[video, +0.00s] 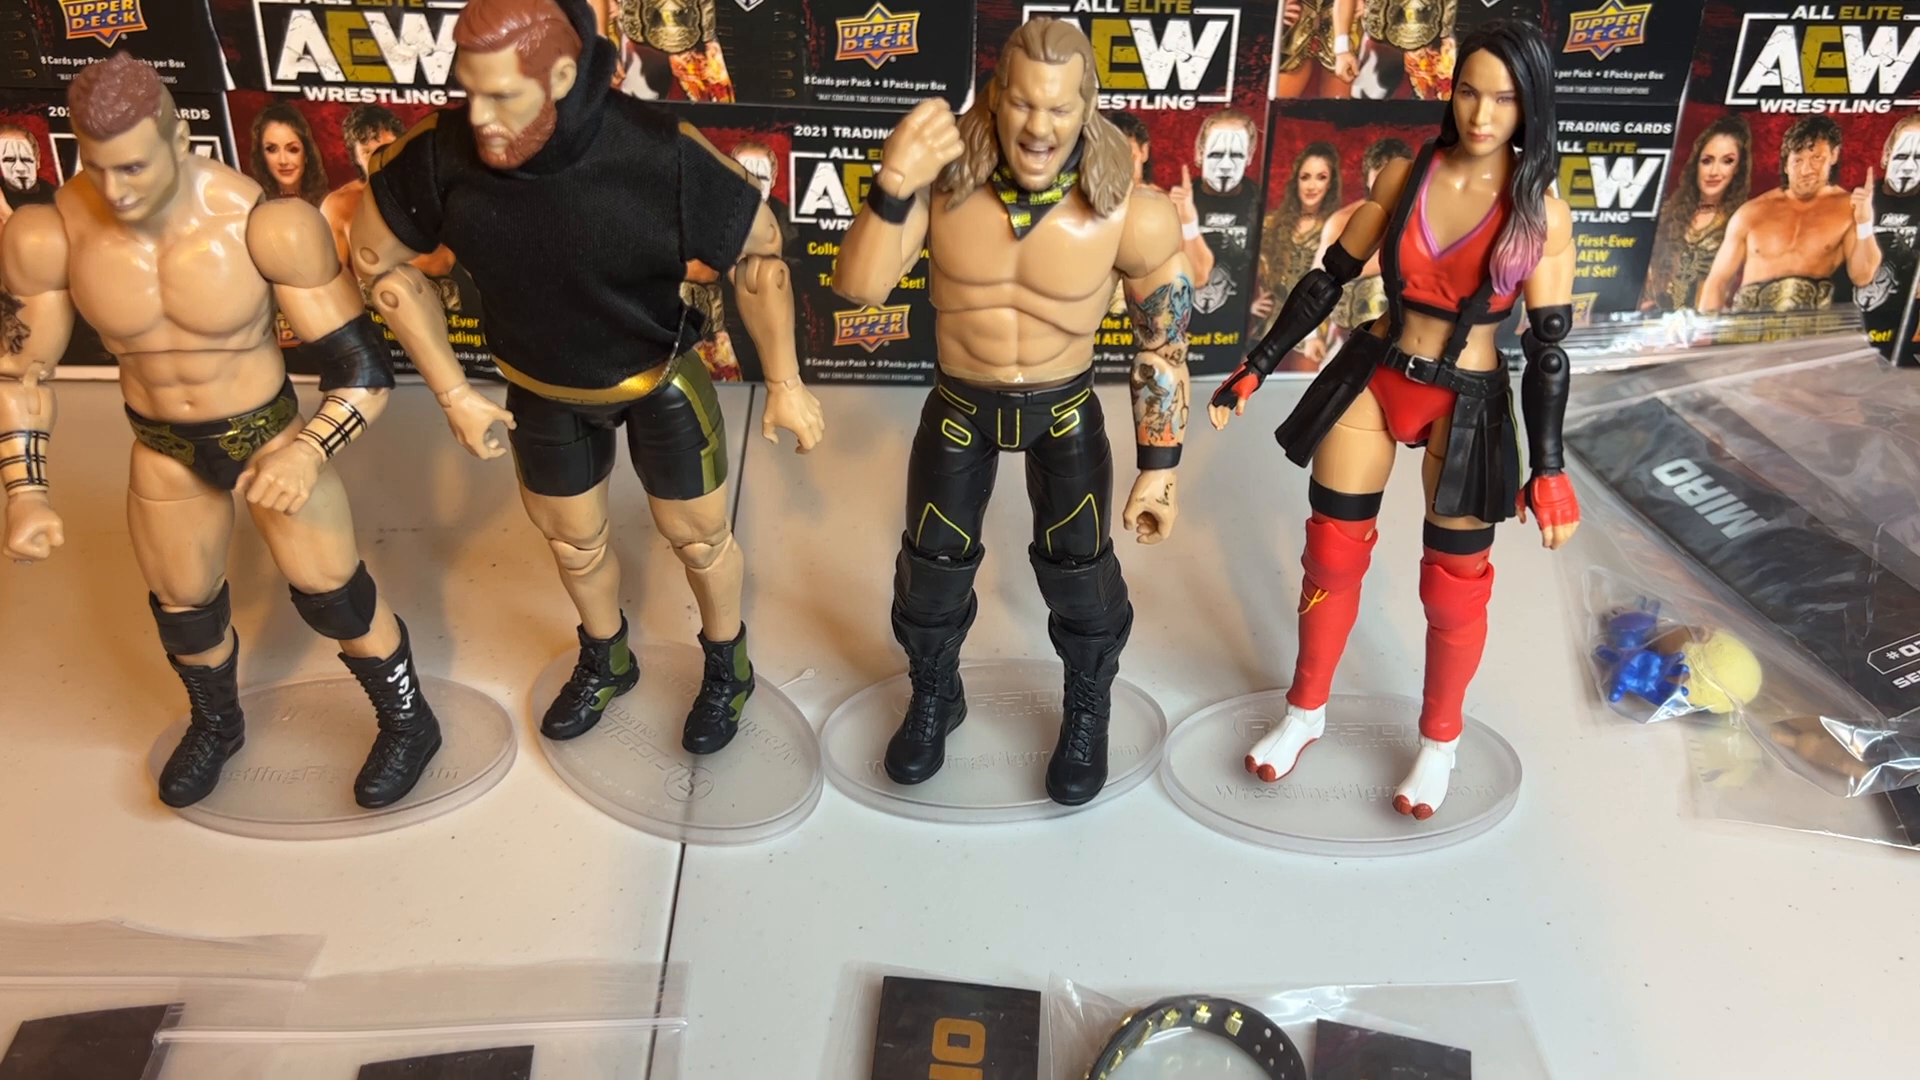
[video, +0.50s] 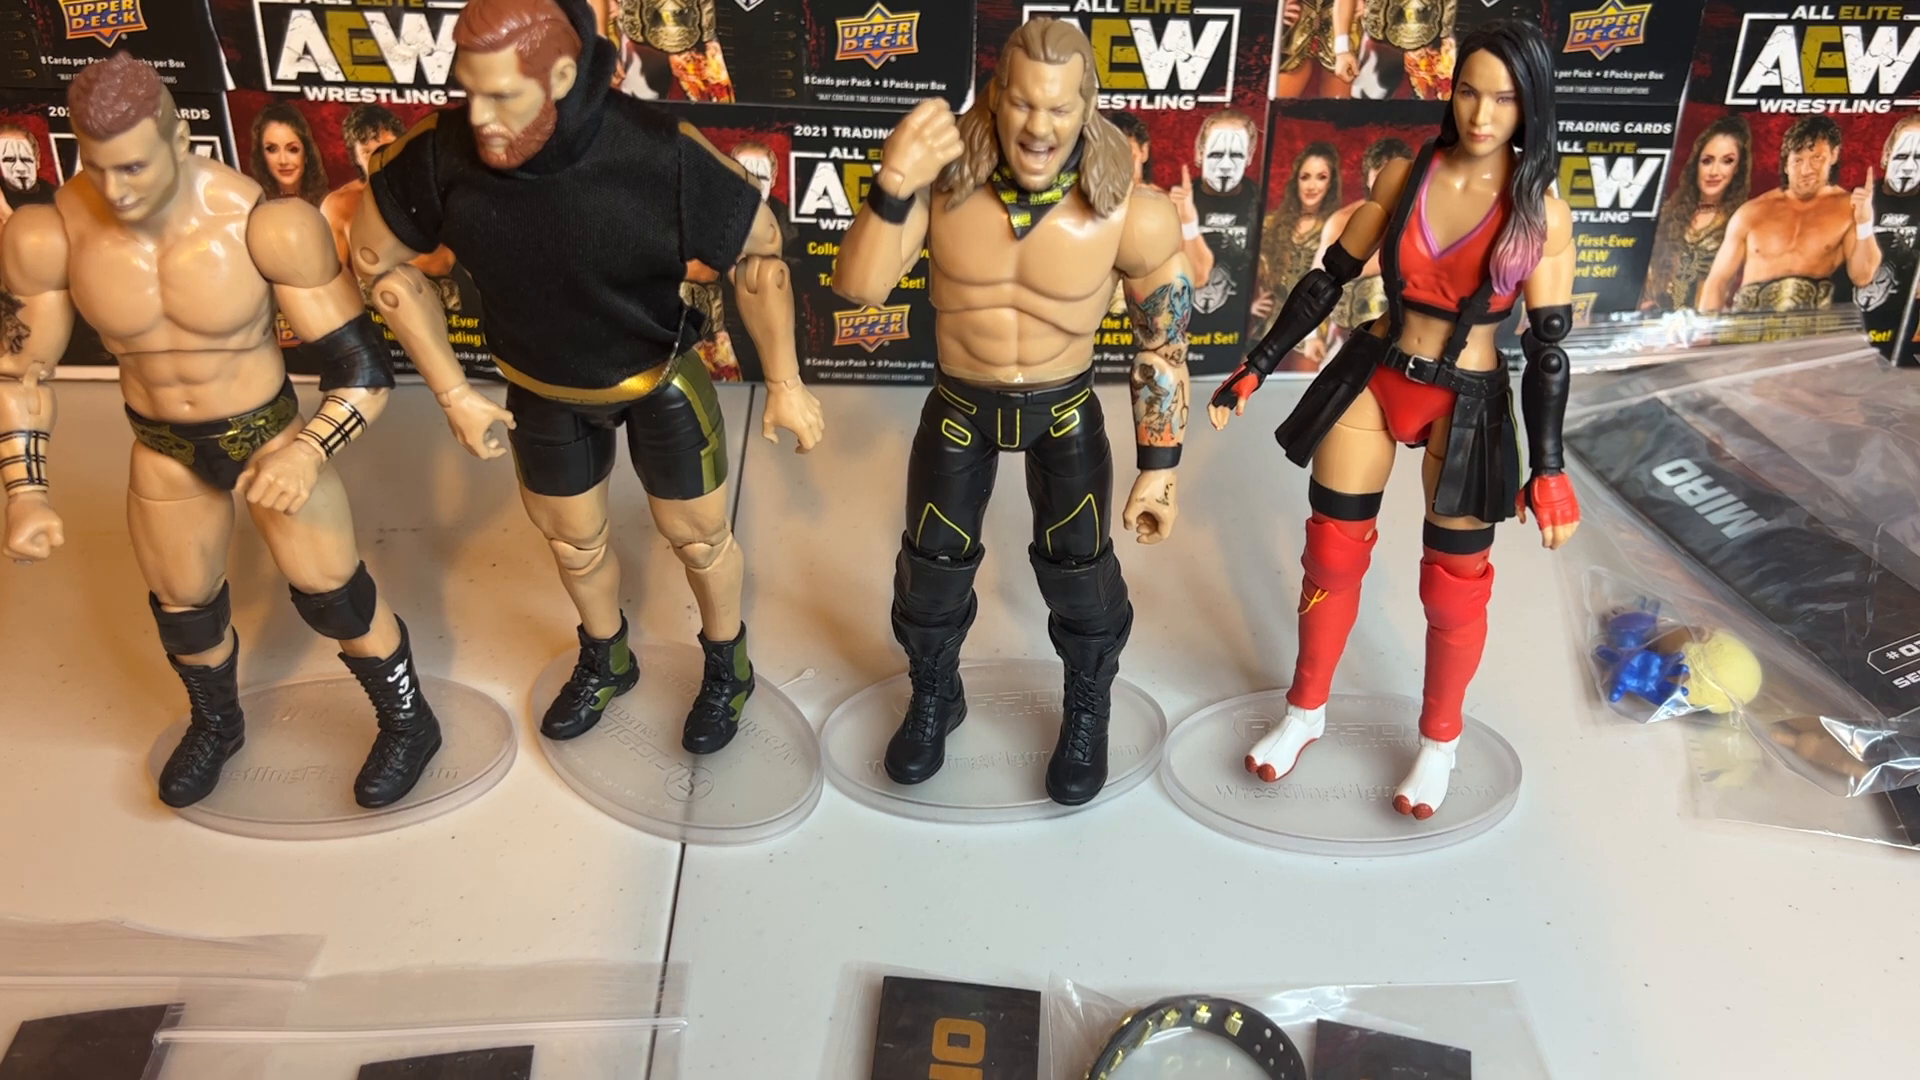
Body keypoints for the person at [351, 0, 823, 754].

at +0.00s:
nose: (481, 119)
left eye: (503, 96)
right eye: (468, 95)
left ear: (563, 76)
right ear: (457, 81)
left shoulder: (653, 155)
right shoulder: (442, 160)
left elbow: (757, 245)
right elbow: (372, 251)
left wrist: (784, 381)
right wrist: (452, 392)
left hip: (661, 382)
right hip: (542, 394)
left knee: (700, 540)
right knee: (575, 546)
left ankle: (726, 665)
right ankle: (607, 660)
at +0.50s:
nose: (481, 119)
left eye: (503, 96)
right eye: (468, 95)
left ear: (564, 76)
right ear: (456, 81)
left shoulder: (654, 155)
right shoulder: (443, 158)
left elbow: (757, 246)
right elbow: (373, 251)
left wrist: (784, 381)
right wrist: (452, 392)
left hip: (661, 383)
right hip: (542, 395)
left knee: (701, 541)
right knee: (575, 547)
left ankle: (726, 666)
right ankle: (607, 660)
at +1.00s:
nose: (481, 119)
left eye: (502, 96)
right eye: (468, 95)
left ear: (564, 76)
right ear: (456, 81)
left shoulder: (653, 155)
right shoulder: (442, 158)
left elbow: (757, 246)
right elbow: (373, 252)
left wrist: (784, 381)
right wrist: (452, 392)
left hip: (661, 382)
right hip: (542, 395)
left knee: (700, 541)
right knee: (575, 547)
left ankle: (726, 667)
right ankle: (607, 661)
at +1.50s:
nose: (481, 119)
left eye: (503, 96)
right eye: (468, 95)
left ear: (564, 76)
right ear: (457, 81)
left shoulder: (653, 155)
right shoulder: (443, 159)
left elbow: (757, 245)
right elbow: (372, 251)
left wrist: (784, 381)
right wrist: (452, 392)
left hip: (661, 382)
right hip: (542, 394)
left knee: (700, 540)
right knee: (575, 546)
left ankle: (726, 666)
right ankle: (607, 661)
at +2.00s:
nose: (481, 119)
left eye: (503, 96)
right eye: (468, 95)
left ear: (564, 76)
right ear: (457, 81)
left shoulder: (653, 155)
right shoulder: (442, 159)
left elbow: (757, 246)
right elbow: (373, 252)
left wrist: (784, 382)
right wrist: (453, 392)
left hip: (661, 381)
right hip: (542, 394)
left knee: (700, 540)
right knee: (575, 545)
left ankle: (726, 667)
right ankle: (607, 661)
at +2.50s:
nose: (481, 119)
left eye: (503, 96)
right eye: (468, 95)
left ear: (564, 76)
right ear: (456, 81)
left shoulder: (653, 155)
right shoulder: (442, 159)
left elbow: (757, 245)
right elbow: (373, 252)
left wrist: (784, 382)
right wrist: (452, 392)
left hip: (661, 381)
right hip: (542, 393)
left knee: (700, 540)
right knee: (575, 546)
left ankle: (726, 667)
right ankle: (607, 661)